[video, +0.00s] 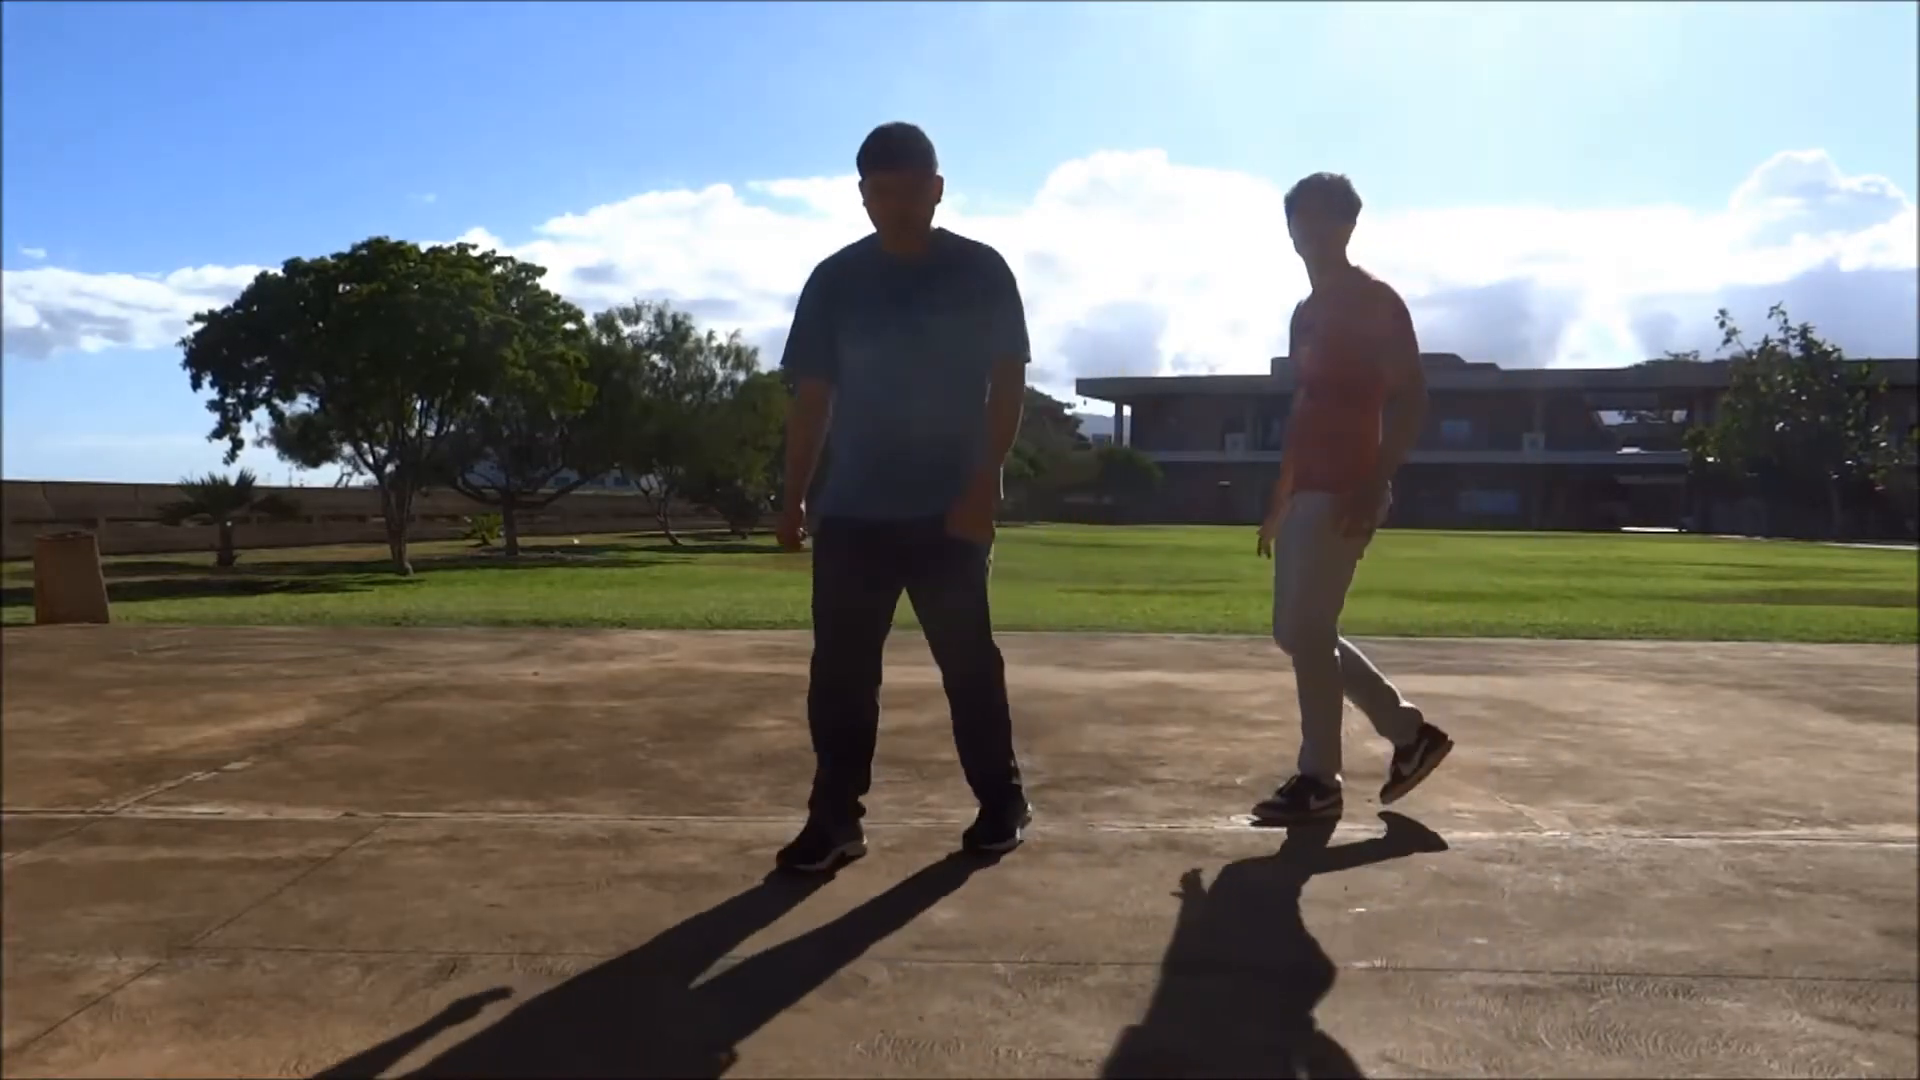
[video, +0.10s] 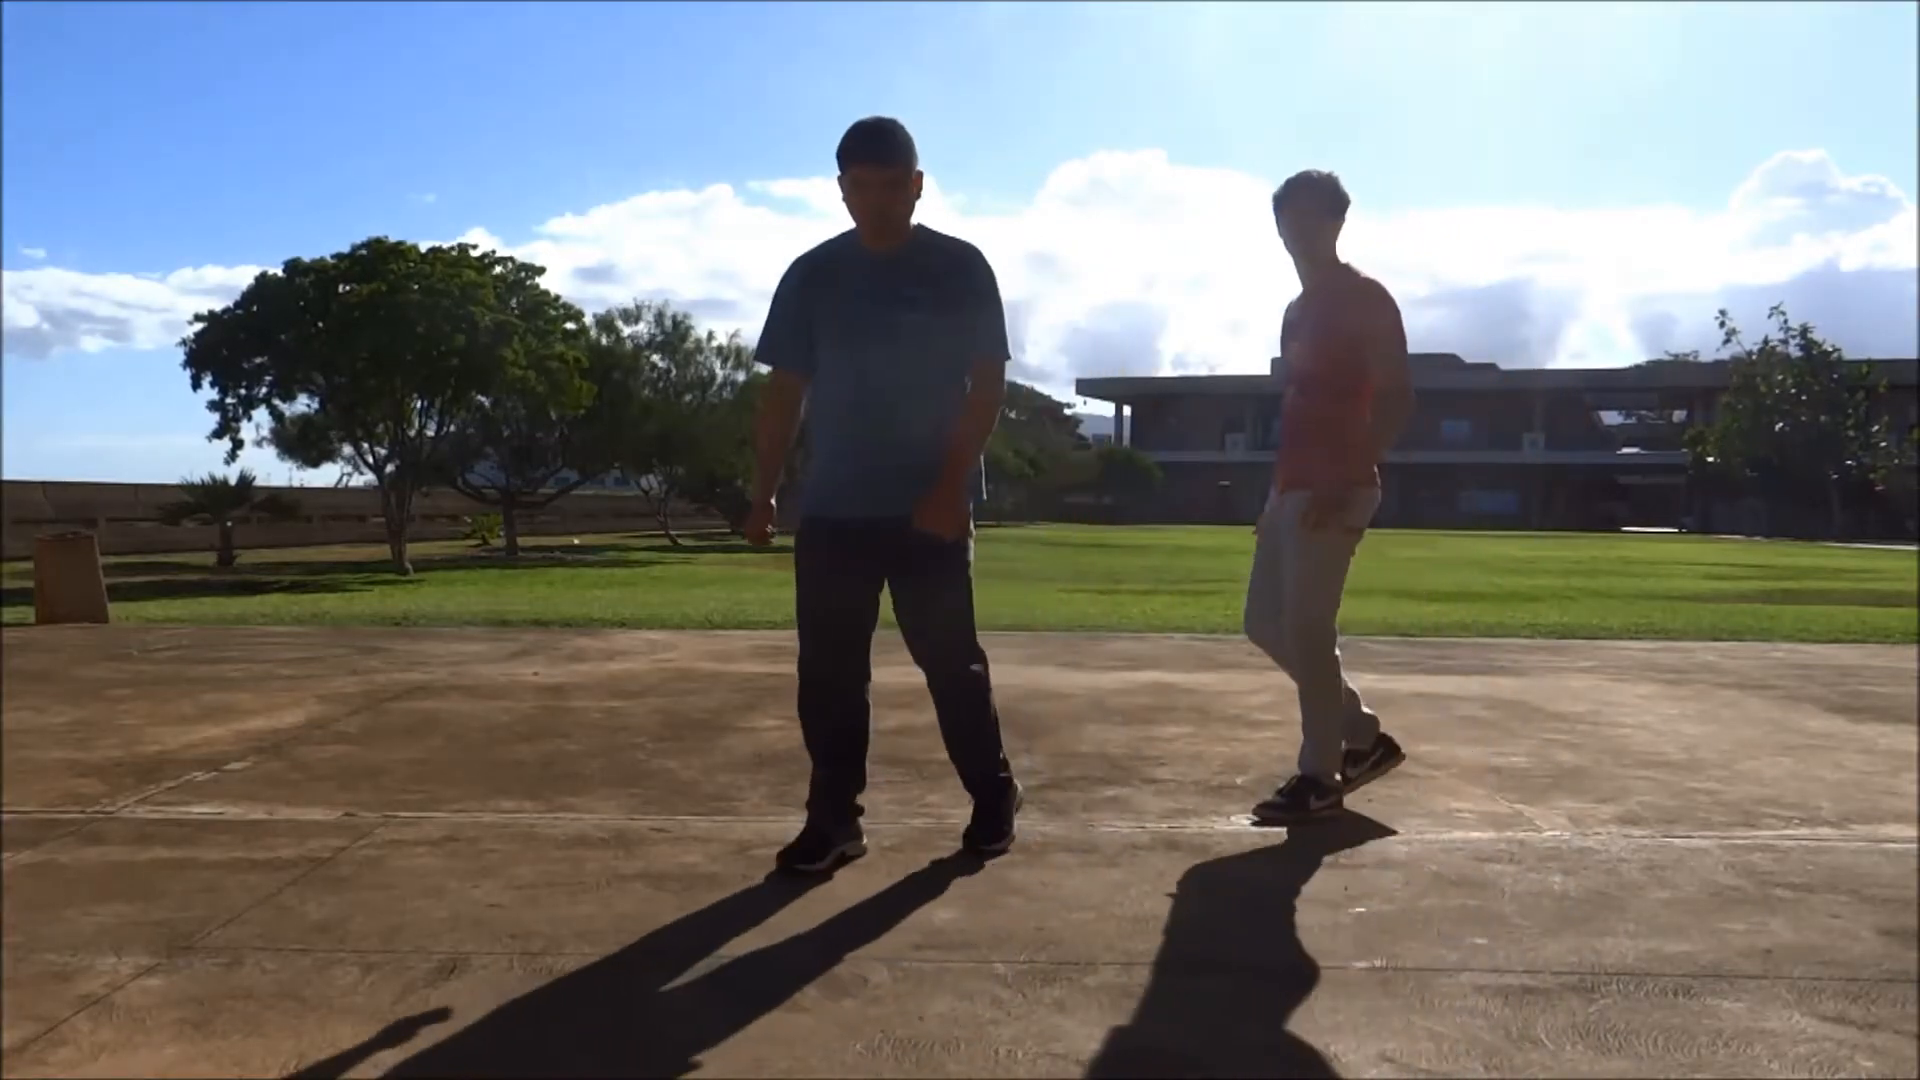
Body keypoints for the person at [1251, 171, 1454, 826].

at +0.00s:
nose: (1298, 237)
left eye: (1308, 223)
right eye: (1293, 224)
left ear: (1342, 223)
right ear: (1293, 230)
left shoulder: (1380, 306)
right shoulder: (1306, 315)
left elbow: (1409, 404)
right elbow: (1305, 416)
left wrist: (1376, 487)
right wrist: (1279, 500)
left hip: (1345, 491)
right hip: (1301, 492)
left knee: (1311, 630)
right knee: (1293, 629)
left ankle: (1319, 780)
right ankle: (1411, 734)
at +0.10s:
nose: (1284, 231)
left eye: (1294, 216)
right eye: (1281, 219)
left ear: (1329, 219)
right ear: (1284, 225)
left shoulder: (1369, 301)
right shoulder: (1297, 311)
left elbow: (1396, 403)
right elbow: (1306, 409)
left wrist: (1347, 484)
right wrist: (1282, 485)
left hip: (1337, 493)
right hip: (1291, 490)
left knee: (1309, 629)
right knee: (1264, 623)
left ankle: (1319, 778)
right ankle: (1362, 736)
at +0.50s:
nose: (1230, 232)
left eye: (1242, 218)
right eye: (1223, 222)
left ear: (1274, 221)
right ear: (1218, 231)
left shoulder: (1309, 296)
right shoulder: (1241, 315)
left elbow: (1324, 395)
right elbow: (1249, 403)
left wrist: (1229, 443)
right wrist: (1220, 461)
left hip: (1288, 495)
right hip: (1239, 493)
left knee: (1293, 636)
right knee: (1191, 624)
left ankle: (1319, 778)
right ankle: (1145, 759)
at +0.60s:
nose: (1200, 237)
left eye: (1211, 223)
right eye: (1196, 226)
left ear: (1248, 226)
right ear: (1199, 233)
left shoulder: (1282, 298)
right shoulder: (1223, 313)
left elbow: (1292, 393)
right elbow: (1232, 405)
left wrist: (1203, 439)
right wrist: (1195, 459)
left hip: (1262, 499)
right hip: (1214, 499)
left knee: (1276, 636)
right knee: (1172, 628)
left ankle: (1316, 777)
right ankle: (1131, 765)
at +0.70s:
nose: (1168, 242)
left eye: (1178, 228)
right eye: (1166, 230)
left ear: (1218, 228)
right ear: (1180, 235)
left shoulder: (1249, 302)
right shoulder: (1206, 310)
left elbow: (1249, 406)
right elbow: (1205, 409)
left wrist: (1164, 458)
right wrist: (1167, 473)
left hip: (1234, 502)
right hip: (1187, 502)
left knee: (1256, 636)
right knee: (1147, 628)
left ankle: (1312, 774)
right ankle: (1119, 768)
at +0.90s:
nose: (1111, 238)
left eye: (1120, 226)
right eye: (1111, 227)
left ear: (1160, 229)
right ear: (1146, 233)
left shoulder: (1185, 299)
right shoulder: (1160, 303)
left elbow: (1183, 413)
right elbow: (1156, 410)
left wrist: (1115, 481)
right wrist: (1112, 487)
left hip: (1167, 494)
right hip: (1133, 493)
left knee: (1180, 629)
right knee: (1107, 624)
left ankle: (1283, 753)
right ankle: (1113, 768)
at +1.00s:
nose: (1088, 236)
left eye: (1096, 225)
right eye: (1087, 226)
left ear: (1136, 227)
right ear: (1124, 231)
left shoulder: (1160, 298)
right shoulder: (1140, 301)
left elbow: (1159, 408)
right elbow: (1138, 405)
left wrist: (1105, 485)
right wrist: (1099, 485)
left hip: (1141, 491)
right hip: (1118, 490)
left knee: (1119, 625)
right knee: (1098, 624)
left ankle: (1237, 738)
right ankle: (1113, 768)